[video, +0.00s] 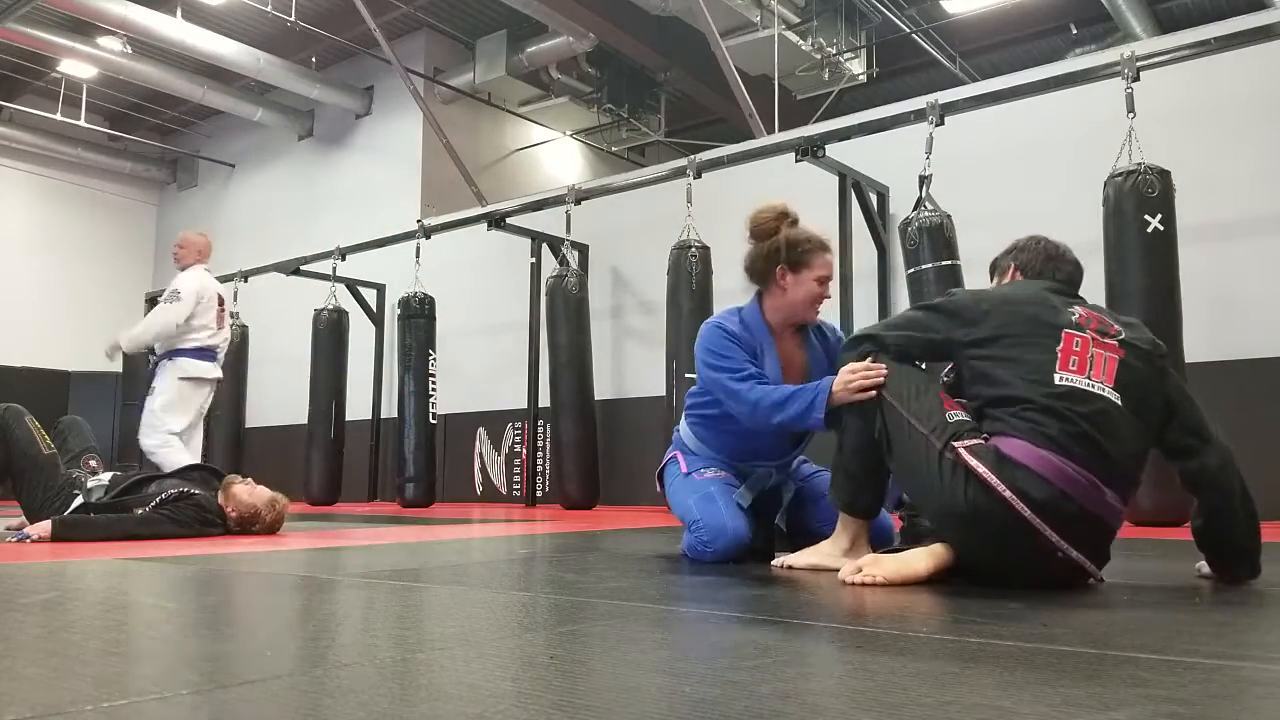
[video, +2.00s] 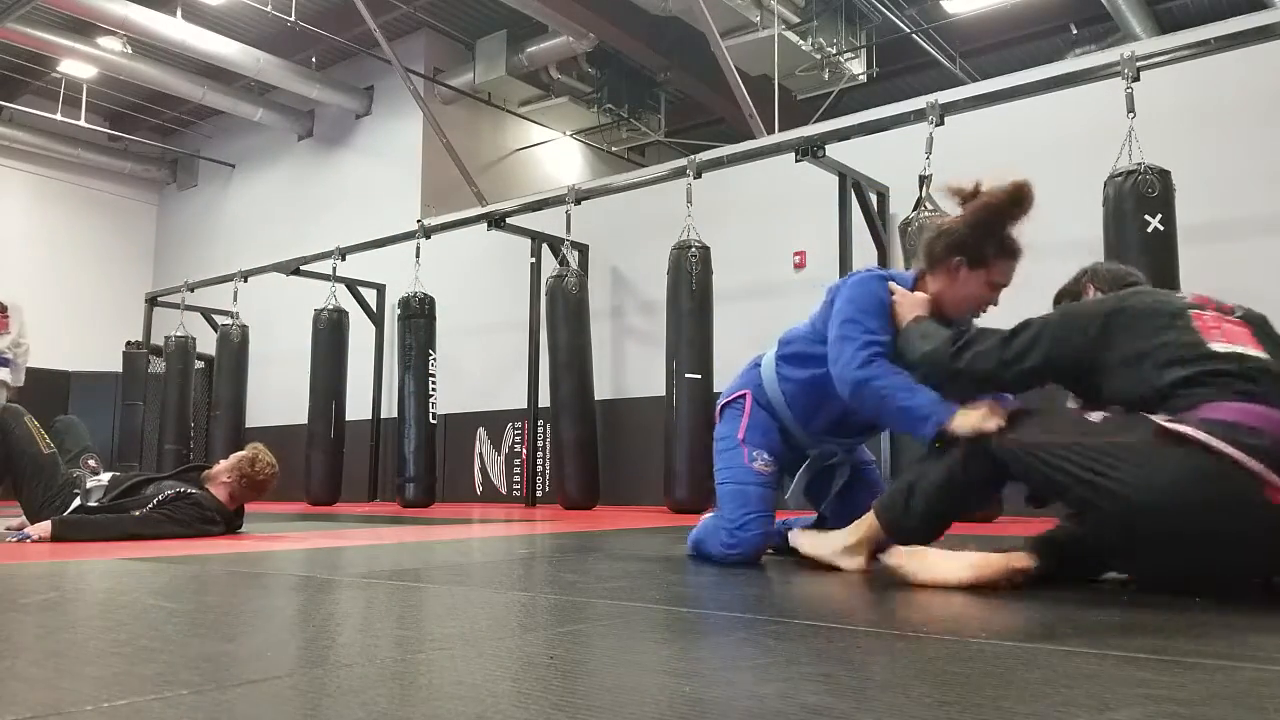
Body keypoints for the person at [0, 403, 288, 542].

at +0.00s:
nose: (247, 477)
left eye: (249, 489)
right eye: (255, 483)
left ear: (235, 511)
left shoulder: (199, 514)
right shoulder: (218, 485)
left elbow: (129, 525)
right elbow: (157, 479)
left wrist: (58, 526)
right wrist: (115, 479)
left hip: (69, 499)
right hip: (102, 482)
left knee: (11, 414)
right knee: (70, 422)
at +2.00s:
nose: (219, 461)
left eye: (226, 462)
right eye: (226, 459)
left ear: (229, 477)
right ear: (236, 486)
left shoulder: (198, 512)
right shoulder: (213, 495)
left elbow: (129, 524)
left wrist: (54, 526)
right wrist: (109, 479)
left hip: (66, 502)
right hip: (98, 486)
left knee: (11, 415)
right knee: (66, 422)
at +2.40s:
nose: (220, 462)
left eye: (226, 463)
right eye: (227, 460)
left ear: (228, 478)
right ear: (237, 488)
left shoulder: (197, 512)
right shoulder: (220, 501)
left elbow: (128, 524)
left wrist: (54, 526)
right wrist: (106, 478)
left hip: (66, 503)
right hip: (96, 485)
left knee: (10, 415)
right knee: (53, 422)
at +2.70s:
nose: (226, 464)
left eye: (232, 466)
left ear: (232, 471)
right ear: (255, 500)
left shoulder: (201, 513)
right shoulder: (215, 489)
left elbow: (131, 524)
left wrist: (56, 526)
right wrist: (107, 478)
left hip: (68, 501)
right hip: (95, 485)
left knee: (9, 416)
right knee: (44, 421)